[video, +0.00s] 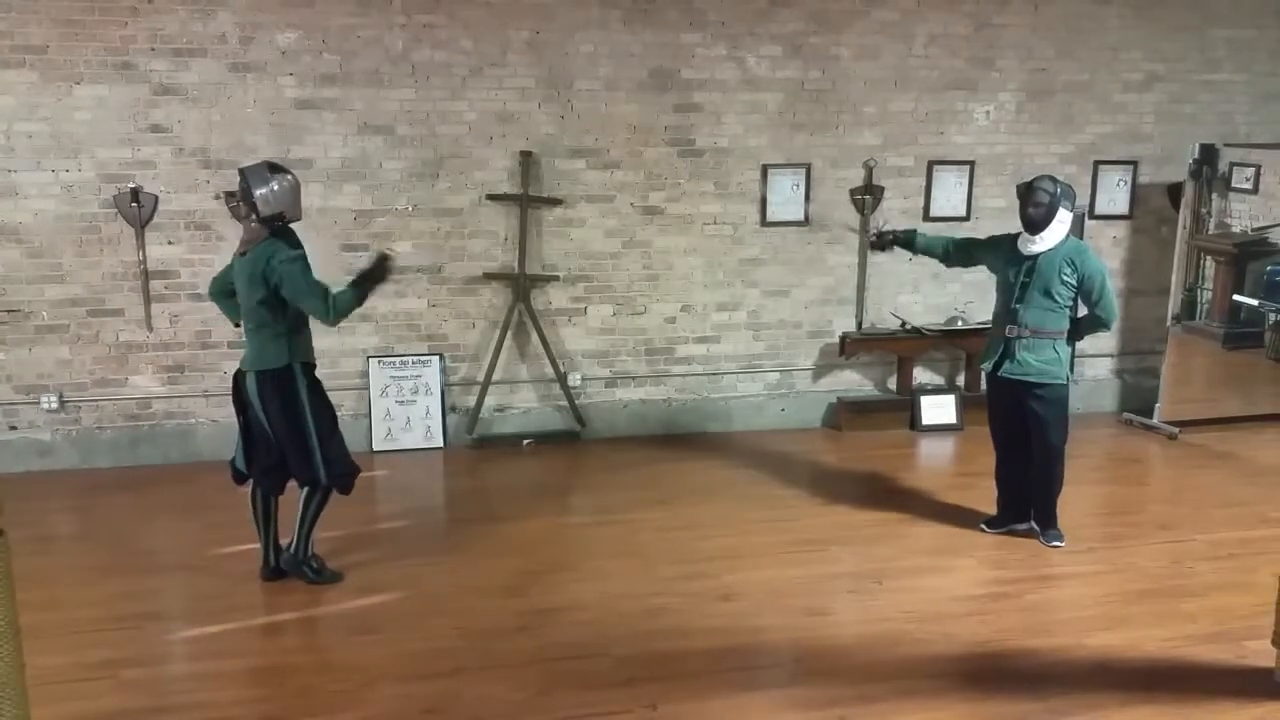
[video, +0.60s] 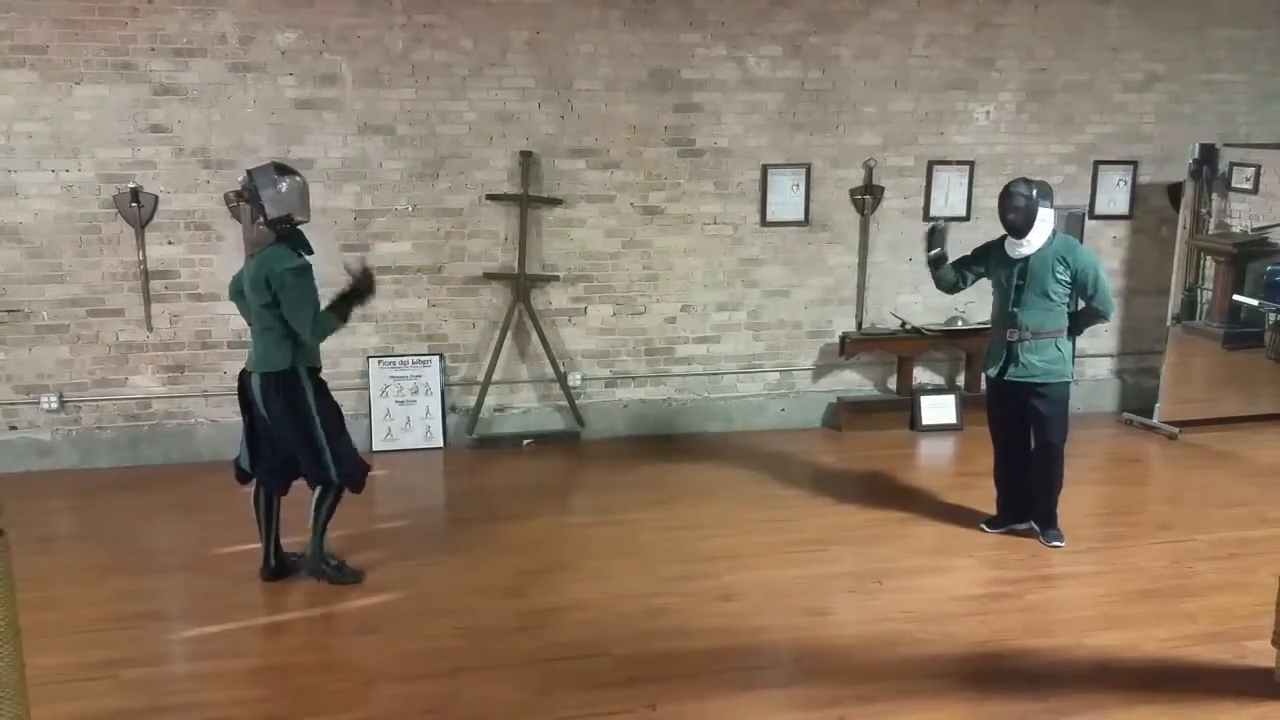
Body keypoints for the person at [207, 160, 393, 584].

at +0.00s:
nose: (296, 201)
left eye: (293, 194)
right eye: (290, 195)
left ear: (252, 207)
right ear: (281, 202)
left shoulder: (248, 251)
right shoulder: (282, 253)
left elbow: (219, 288)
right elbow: (328, 309)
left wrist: (249, 320)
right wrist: (367, 280)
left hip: (253, 377)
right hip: (287, 376)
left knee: (267, 469)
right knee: (330, 467)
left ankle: (270, 556)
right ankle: (300, 552)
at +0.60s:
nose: (304, 205)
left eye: (301, 197)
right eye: (298, 199)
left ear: (259, 214)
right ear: (288, 208)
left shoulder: (257, 260)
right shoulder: (288, 263)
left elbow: (236, 291)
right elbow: (312, 330)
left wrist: (269, 327)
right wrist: (351, 298)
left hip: (258, 379)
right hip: (293, 380)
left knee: (270, 469)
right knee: (336, 468)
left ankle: (271, 557)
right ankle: (317, 555)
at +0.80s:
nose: (312, 209)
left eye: (307, 202)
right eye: (306, 202)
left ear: (270, 210)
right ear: (297, 208)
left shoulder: (267, 259)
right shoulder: (291, 265)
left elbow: (279, 332)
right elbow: (305, 341)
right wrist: (363, 364)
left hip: (270, 378)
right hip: (295, 380)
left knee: (277, 469)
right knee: (331, 470)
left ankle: (272, 557)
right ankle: (352, 565)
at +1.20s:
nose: (327, 200)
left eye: (325, 192)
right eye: (320, 194)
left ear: (291, 202)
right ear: (305, 200)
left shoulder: (317, 247)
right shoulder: (301, 259)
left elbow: (327, 323)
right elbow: (311, 334)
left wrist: (354, 376)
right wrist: (318, 401)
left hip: (338, 376)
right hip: (332, 380)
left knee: (316, 460)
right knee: (355, 470)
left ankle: (280, 532)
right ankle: (354, 564)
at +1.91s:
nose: (347, 202)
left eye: (343, 194)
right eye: (340, 195)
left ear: (308, 203)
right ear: (325, 201)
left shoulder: (320, 252)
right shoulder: (323, 260)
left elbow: (334, 330)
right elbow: (340, 333)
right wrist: (360, 396)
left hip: (324, 379)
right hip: (339, 383)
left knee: (314, 463)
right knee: (362, 476)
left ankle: (273, 537)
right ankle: (355, 565)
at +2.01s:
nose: (351, 206)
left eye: (347, 198)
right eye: (346, 199)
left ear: (310, 205)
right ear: (336, 203)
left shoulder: (314, 254)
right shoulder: (329, 262)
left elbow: (339, 328)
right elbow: (357, 333)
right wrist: (394, 388)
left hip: (318, 376)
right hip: (342, 378)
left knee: (308, 461)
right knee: (363, 473)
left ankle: (269, 539)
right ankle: (356, 565)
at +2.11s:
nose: (355, 206)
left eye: (352, 198)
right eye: (349, 200)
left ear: (314, 207)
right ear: (338, 205)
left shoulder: (315, 253)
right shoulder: (331, 262)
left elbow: (328, 322)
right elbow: (376, 318)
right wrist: (429, 364)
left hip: (315, 376)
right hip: (340, 379)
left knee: (302, 461)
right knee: (359, 472)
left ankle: (266, 541)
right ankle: (355, 566)